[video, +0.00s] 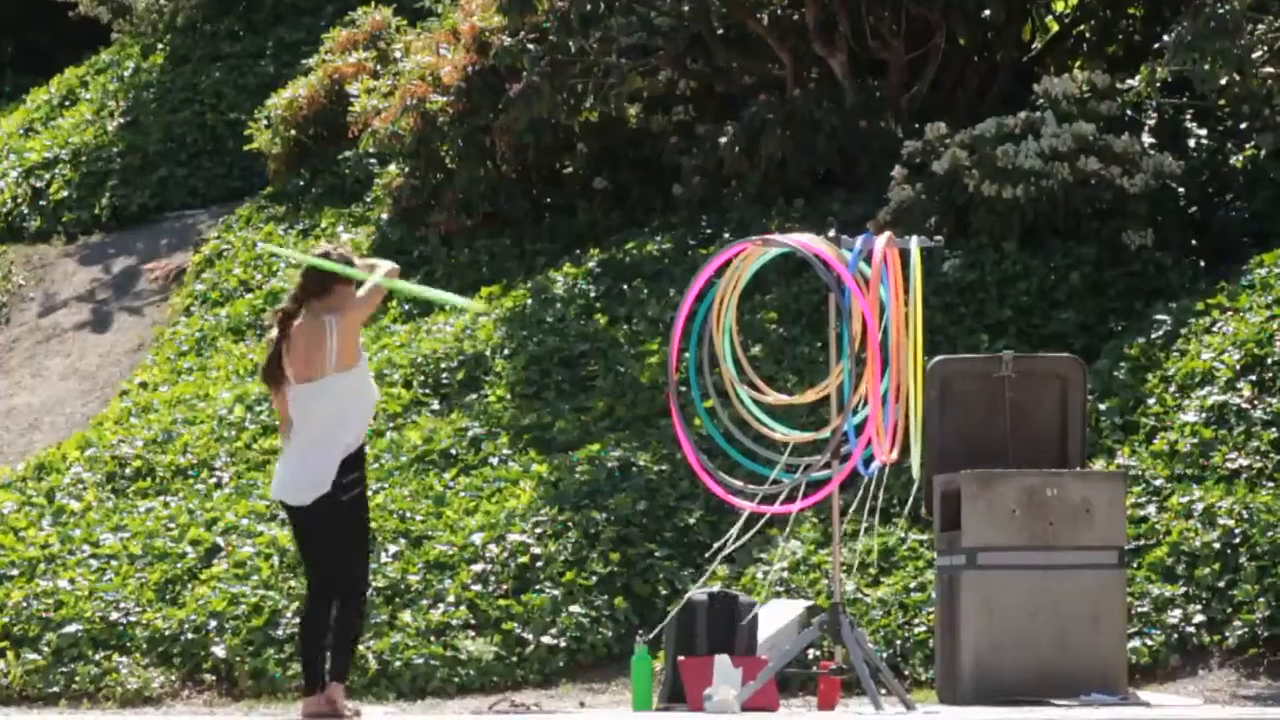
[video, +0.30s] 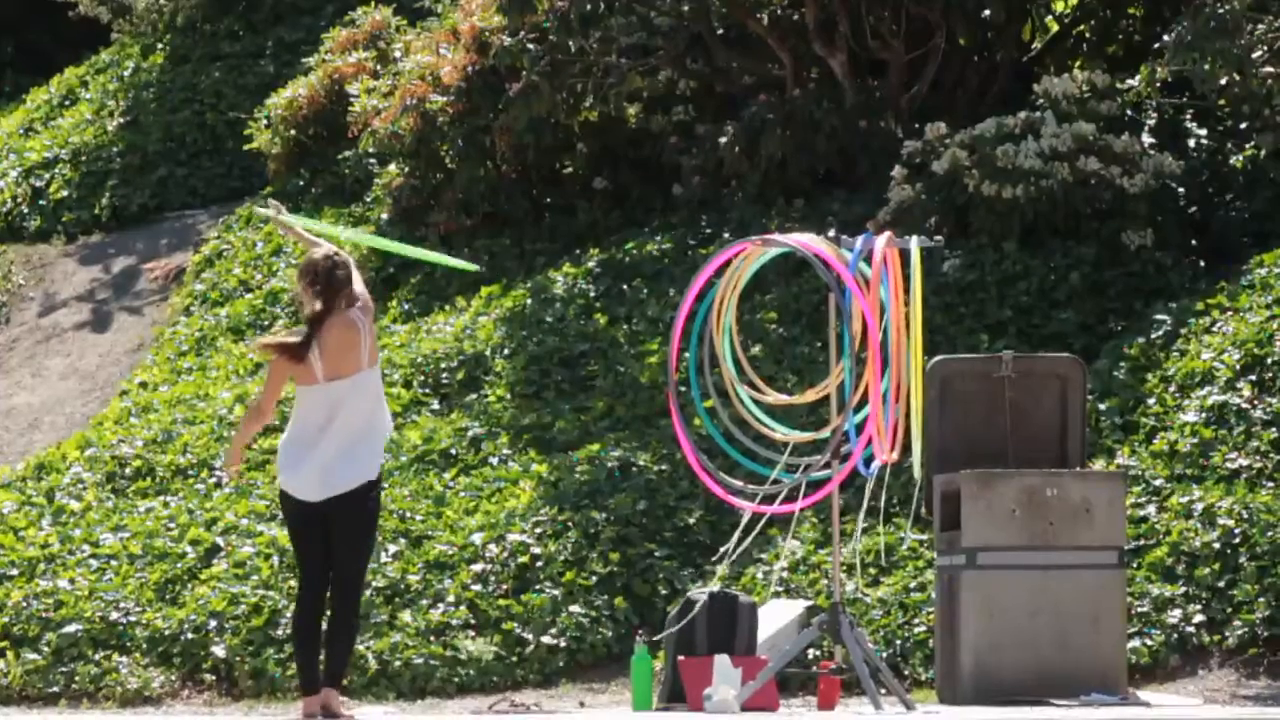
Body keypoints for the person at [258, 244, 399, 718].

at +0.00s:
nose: (353, 295)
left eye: (351, 285)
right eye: (352, 286)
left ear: (309, 285)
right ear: (340, 286)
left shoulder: (287, 336)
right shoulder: (342, 320)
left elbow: (282, 404)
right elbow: (387, 272)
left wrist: (291, 439)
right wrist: (370, 266)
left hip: (295, 479)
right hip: (339, 477)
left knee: (319, 585)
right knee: (353, 583)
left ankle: (313, 695)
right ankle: (335, 687)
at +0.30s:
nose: (353, 291)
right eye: (350, 285)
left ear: (306, 295)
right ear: (346, 290)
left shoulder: (290, 350)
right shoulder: (360, 322)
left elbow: (262, 410)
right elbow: (345, 265)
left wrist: (235, 451)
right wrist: (294, 227)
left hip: (299, 482)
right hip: (354, 481)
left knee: (309, 585)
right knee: (348, 589)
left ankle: (309, 695)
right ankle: (332, 689)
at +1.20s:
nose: (293, 295)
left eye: (298, 287)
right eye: (293, 286)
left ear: (325, 288)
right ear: (330, 286)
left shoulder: (331, 337)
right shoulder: (351, 327)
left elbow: (321, 379)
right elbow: (304, 253)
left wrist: (307, 402)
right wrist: (290, 189)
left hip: (305, 464)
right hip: (346, 469)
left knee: (300, 579)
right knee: (325, 578)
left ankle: (317, 691)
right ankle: (351, 666)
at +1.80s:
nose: (290, 292)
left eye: (299, 285)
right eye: (291, 283)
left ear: (329, 297)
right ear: (320, 296)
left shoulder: (339, 341)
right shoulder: (303, 330)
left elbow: (363, 378)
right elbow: (269, 271)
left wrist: (387, 412)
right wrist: (253, 201)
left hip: (315, 458)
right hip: (287, 454)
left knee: (307, 557)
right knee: (288, 553)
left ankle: (316, 644)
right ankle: (302, 645)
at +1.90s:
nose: (289, 297)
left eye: (299, 290)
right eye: (289, 290)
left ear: (330, 300)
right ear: (294, 301)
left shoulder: (338, 345)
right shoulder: (296, 333)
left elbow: (371, 387)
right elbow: (265, 273)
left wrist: (402, 422)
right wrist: (257, 209)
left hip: (318, 454)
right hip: (286, 449)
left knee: (307, 552)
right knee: (294, 553)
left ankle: (322, 685)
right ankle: (312, 682)